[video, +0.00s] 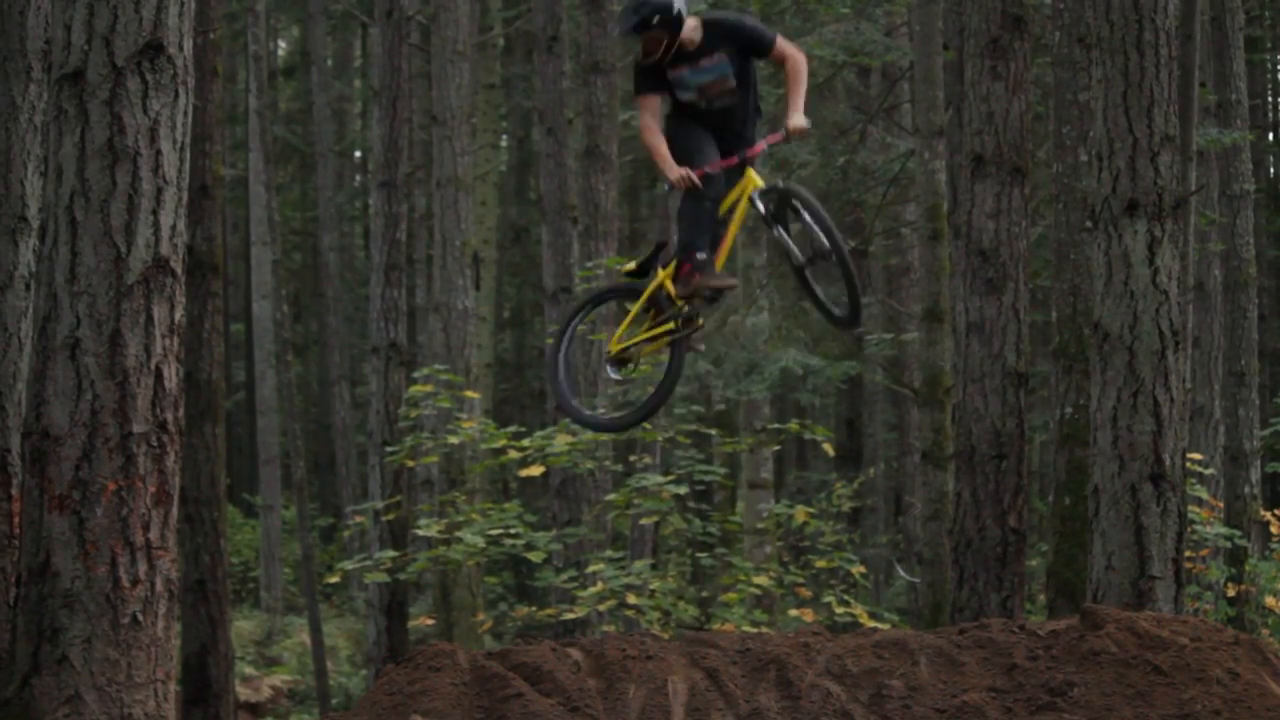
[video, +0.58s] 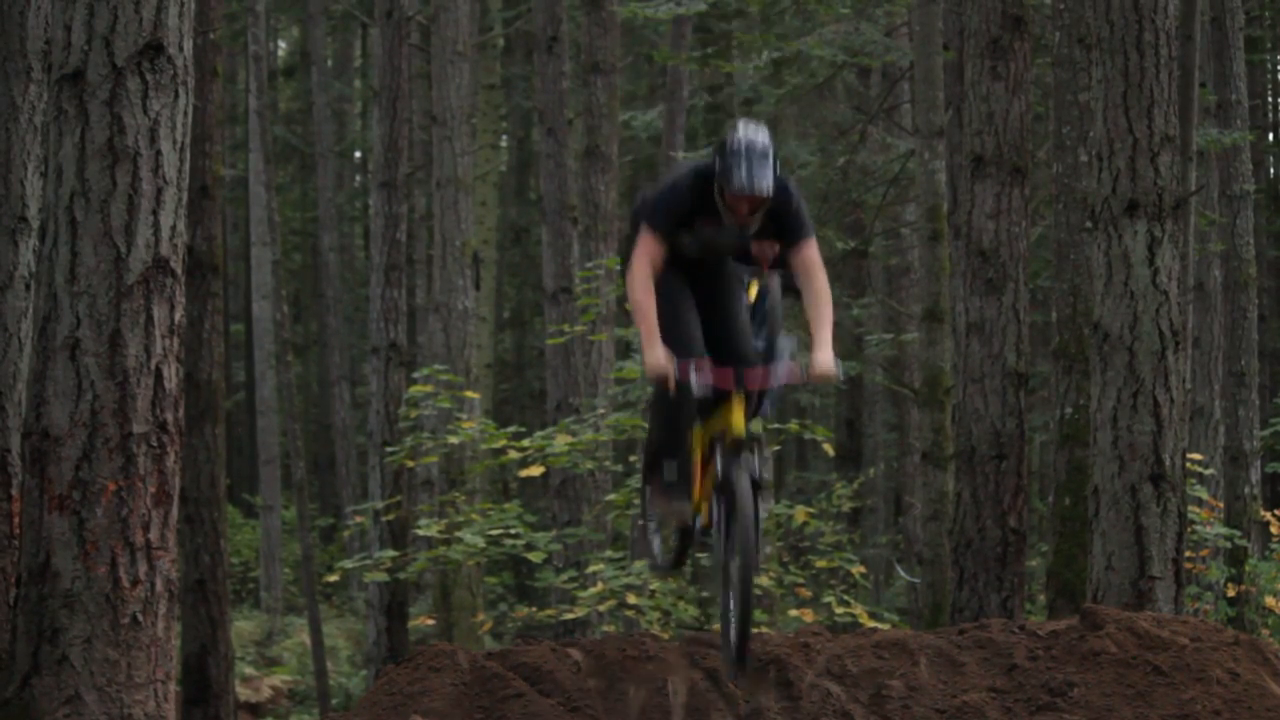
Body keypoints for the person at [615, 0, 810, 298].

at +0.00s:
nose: (645, 46)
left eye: (649, 37)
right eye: (641, 38)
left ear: (667, 26)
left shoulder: (731, 30)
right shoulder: (652, 61)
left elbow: (794, 58)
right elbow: (648, 121)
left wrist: (796, 113)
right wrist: (670, 168)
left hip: (738, 132)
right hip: (690, 132)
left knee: (723, 212)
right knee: (706, 178)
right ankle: (695, 267)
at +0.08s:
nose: (669, 20)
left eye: (676, 11)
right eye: (662, 13)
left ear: (698, 3)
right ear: (654, 10)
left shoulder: (739, 9)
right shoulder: (650, 33)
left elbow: (801, 37)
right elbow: (641, 95)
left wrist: (791, 83)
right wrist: (660, 147)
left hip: (733, 107)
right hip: (684, 108)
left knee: (719, 197)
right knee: (701, 159)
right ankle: (687, 249)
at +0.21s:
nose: (714, 9)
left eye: (721, 5)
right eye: (707, 5)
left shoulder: (763, 5)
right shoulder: (667, 5)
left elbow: (813, 56)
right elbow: (629, 63)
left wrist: (794, 79)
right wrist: (640, 112)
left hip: (719, 87)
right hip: (669, 85)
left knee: (735, 177)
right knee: (684, 140)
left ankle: (727, 277)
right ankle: (673, 236)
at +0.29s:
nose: (732, 27)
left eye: (741, 20)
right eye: (726, 18)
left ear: (756, 13)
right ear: (710, 9)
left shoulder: (770, 28)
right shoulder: (677, 13)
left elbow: (813, 93)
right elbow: (626, 69)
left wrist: (797, 113)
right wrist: (634, 117)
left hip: (710, 100)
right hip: (661, 94)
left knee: (746, 173)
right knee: (678, 152)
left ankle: (746, 283)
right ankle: (670, 261)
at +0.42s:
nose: (743, 69)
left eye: (753, 60)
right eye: (737, 59)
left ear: (768, 52)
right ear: (722, 45)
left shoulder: (776, 68)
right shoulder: (687, 50)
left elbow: (808, 137)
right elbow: (629, 108)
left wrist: (800, 171)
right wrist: (634, 167)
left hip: (714, 141)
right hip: (664, 135)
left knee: (749, 214)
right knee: (679, 204)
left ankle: (744, 323)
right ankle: (668, 311)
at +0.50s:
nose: (746, 140)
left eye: (755, 131)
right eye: (739, 130)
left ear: (770, 119)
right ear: (722, 112)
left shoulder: (778, 133)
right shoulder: (683, 122)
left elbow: (807, 203)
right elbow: (634, 190)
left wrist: (812, 266)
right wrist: (644, 263)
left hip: (715, 208)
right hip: (666, 203)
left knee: (749, 295)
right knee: (682, 286)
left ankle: (741, 383)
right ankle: (665, 396)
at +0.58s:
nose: (743, 207)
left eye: (753, 198)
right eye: (735, 197)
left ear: (769, 186)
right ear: (718, 180)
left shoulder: (783, 199)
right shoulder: (683, 192)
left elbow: (812, 273)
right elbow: (640, 266)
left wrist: (822, 349)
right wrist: (652, 347)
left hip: (724, 274)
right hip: (671, 275)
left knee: (745, 367)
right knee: (682, 366)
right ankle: (663, 480)